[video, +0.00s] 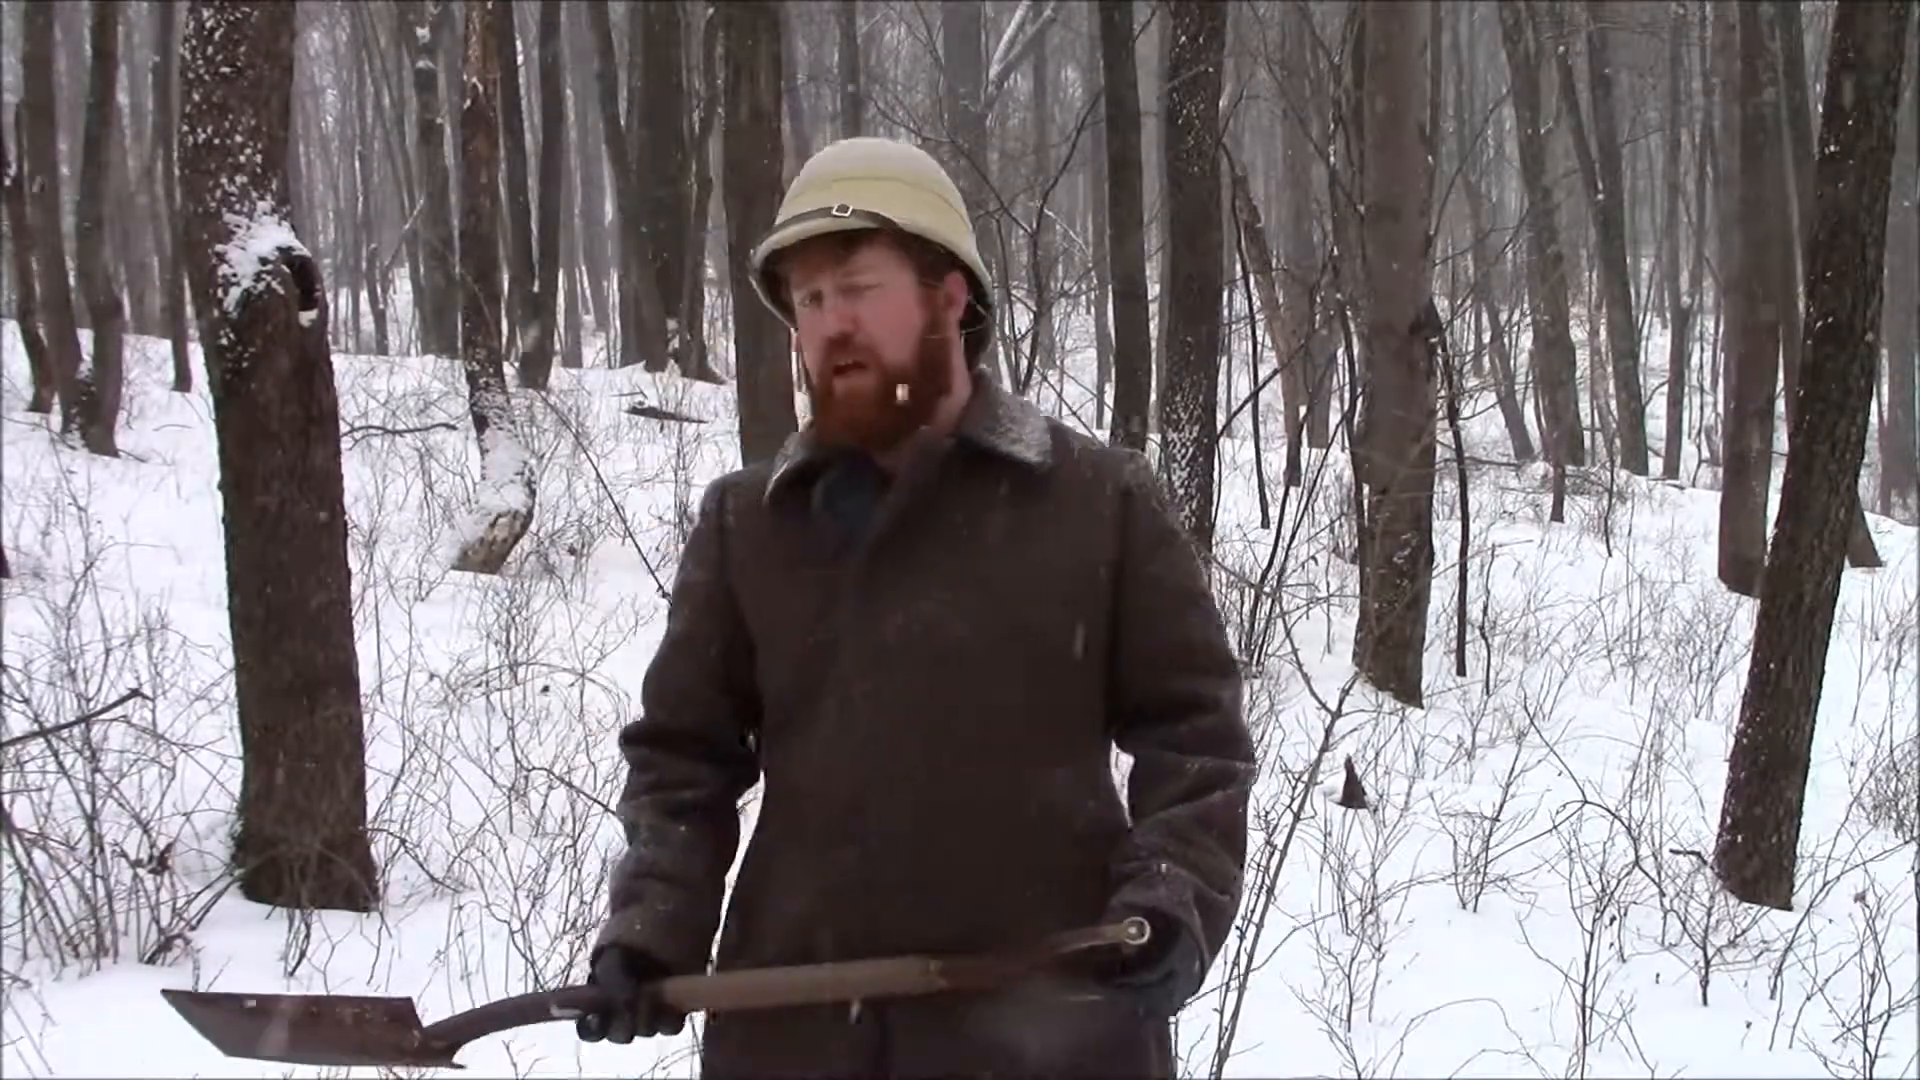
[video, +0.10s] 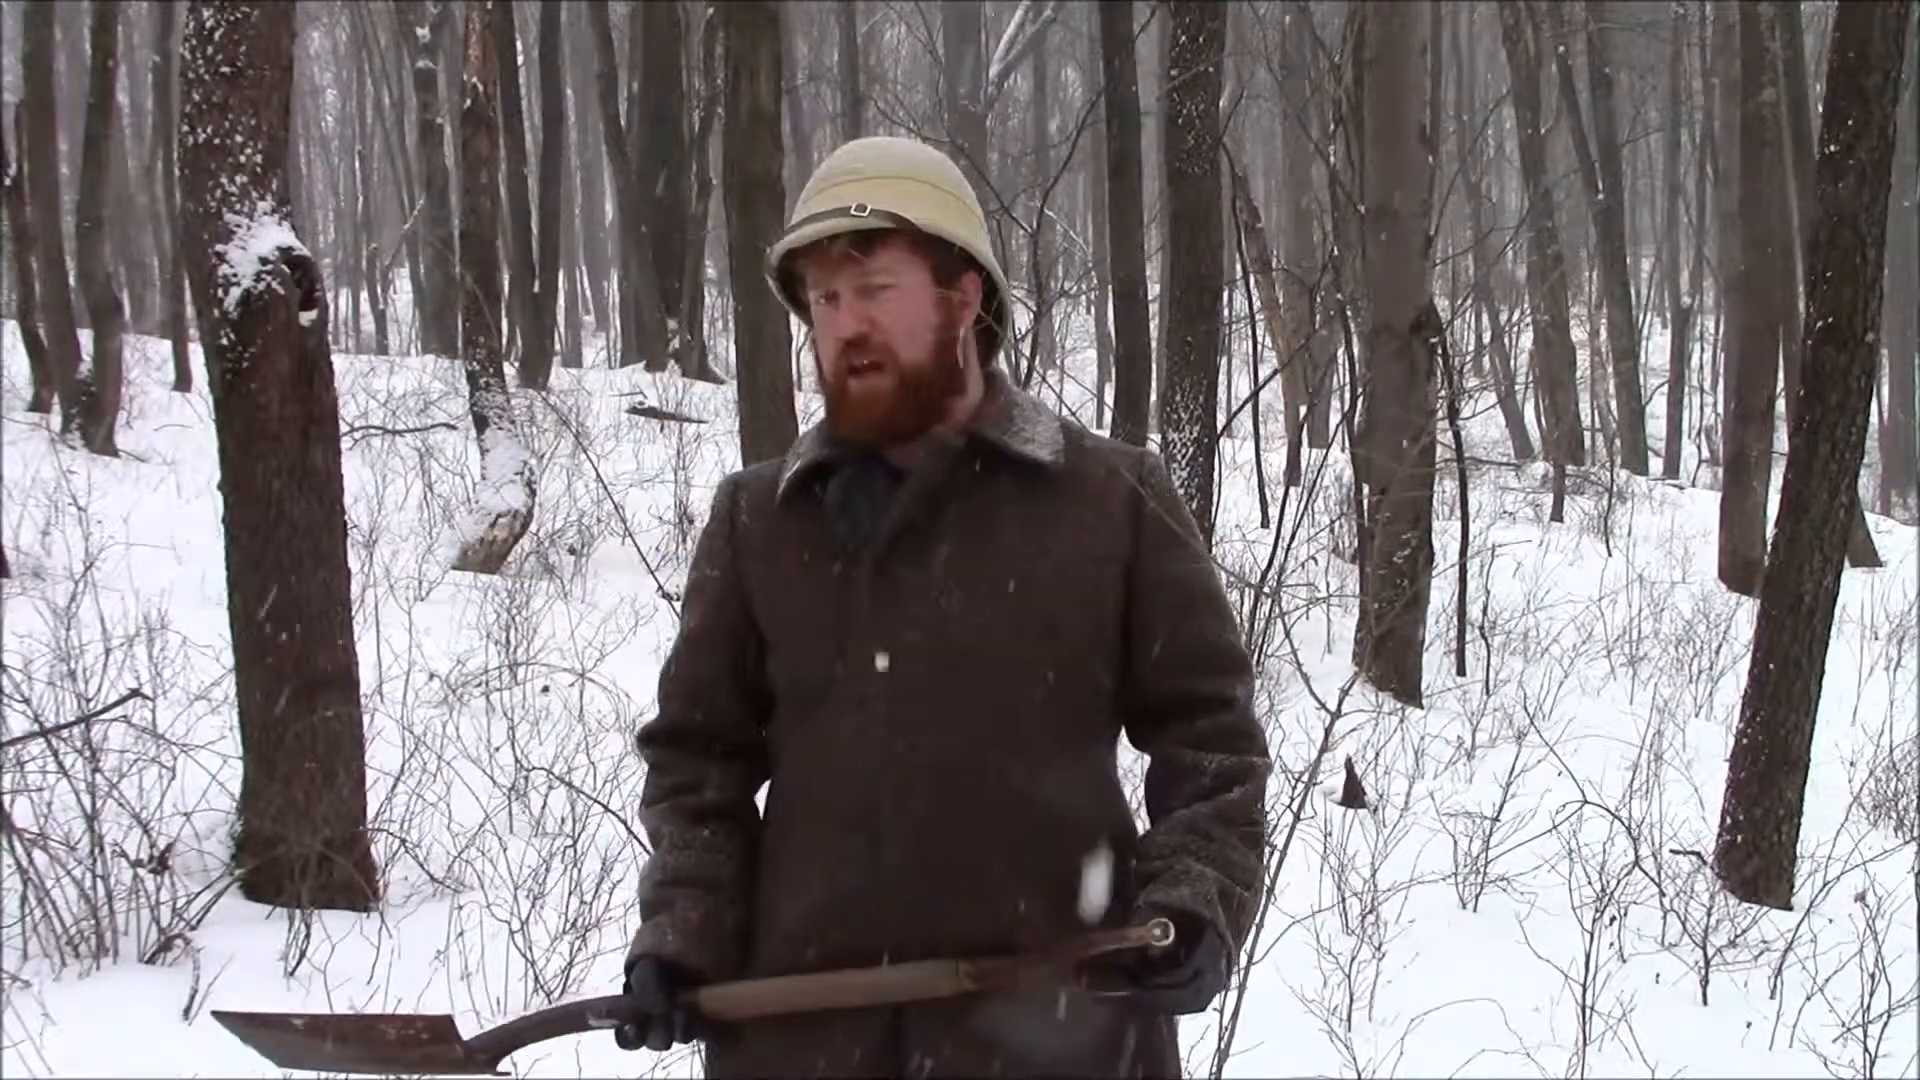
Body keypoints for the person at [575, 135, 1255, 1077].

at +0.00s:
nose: (829, 327)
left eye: (858, 290)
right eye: (808, 301)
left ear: (949, 297)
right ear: (791, 327)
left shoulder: (1100, 502)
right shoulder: (741, 523)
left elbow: (1194, 733)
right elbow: (683, 756)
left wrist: (1173, 891)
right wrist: (649, 933)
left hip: (1044, 1024)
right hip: (791, 1026)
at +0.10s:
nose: (844, 326)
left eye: (874, 289)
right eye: (823, 300)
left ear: (963, 298)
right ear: (805, 323)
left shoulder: (1110, 499)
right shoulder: (753, 519)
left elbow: (1210, 736)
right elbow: (699, 758)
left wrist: (1194, 892)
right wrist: (679, 938)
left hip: (1053, 1031)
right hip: (797, 1034)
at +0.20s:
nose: (854, 330)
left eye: (884, 293)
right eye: (832, 302)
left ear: (972, 302)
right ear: (812, 322)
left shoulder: (1115, 500)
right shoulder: (759, 516)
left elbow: (1219, 738)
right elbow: (702, 758)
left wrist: (1204, 896)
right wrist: (688, 940)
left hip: (1058, 1030)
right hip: (801, 1033)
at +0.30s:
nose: (854, 333)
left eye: (887, 297)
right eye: (834, 302)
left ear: (975, 305)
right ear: (814, 319)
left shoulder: (1115, 508)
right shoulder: (759, 513)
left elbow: (1212, 750)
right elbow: (695, 750)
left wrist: (1185, 911)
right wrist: (671, 932)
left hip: (1045, 1033)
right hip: (787, 1033)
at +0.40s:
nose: (844, 335)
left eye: (881, 297)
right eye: (826, 303)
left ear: (971, 310)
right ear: (805, 319)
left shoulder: (1106, 516)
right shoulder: (741, 514)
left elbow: (1186, 754)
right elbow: (674, 746)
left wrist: (1145, 922)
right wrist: (640, 927)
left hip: (1006, 1032)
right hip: (751, 1032)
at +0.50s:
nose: (822, 340)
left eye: (857, 301)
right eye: (804, 308)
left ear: (950, 318)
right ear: (784, 321)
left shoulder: (1076, 528)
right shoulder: (712, 519)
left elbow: (1154, 762)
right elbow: (638, 752)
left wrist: (1101, 921)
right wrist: (602, 939)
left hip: (976, 1038)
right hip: (717, 1040)